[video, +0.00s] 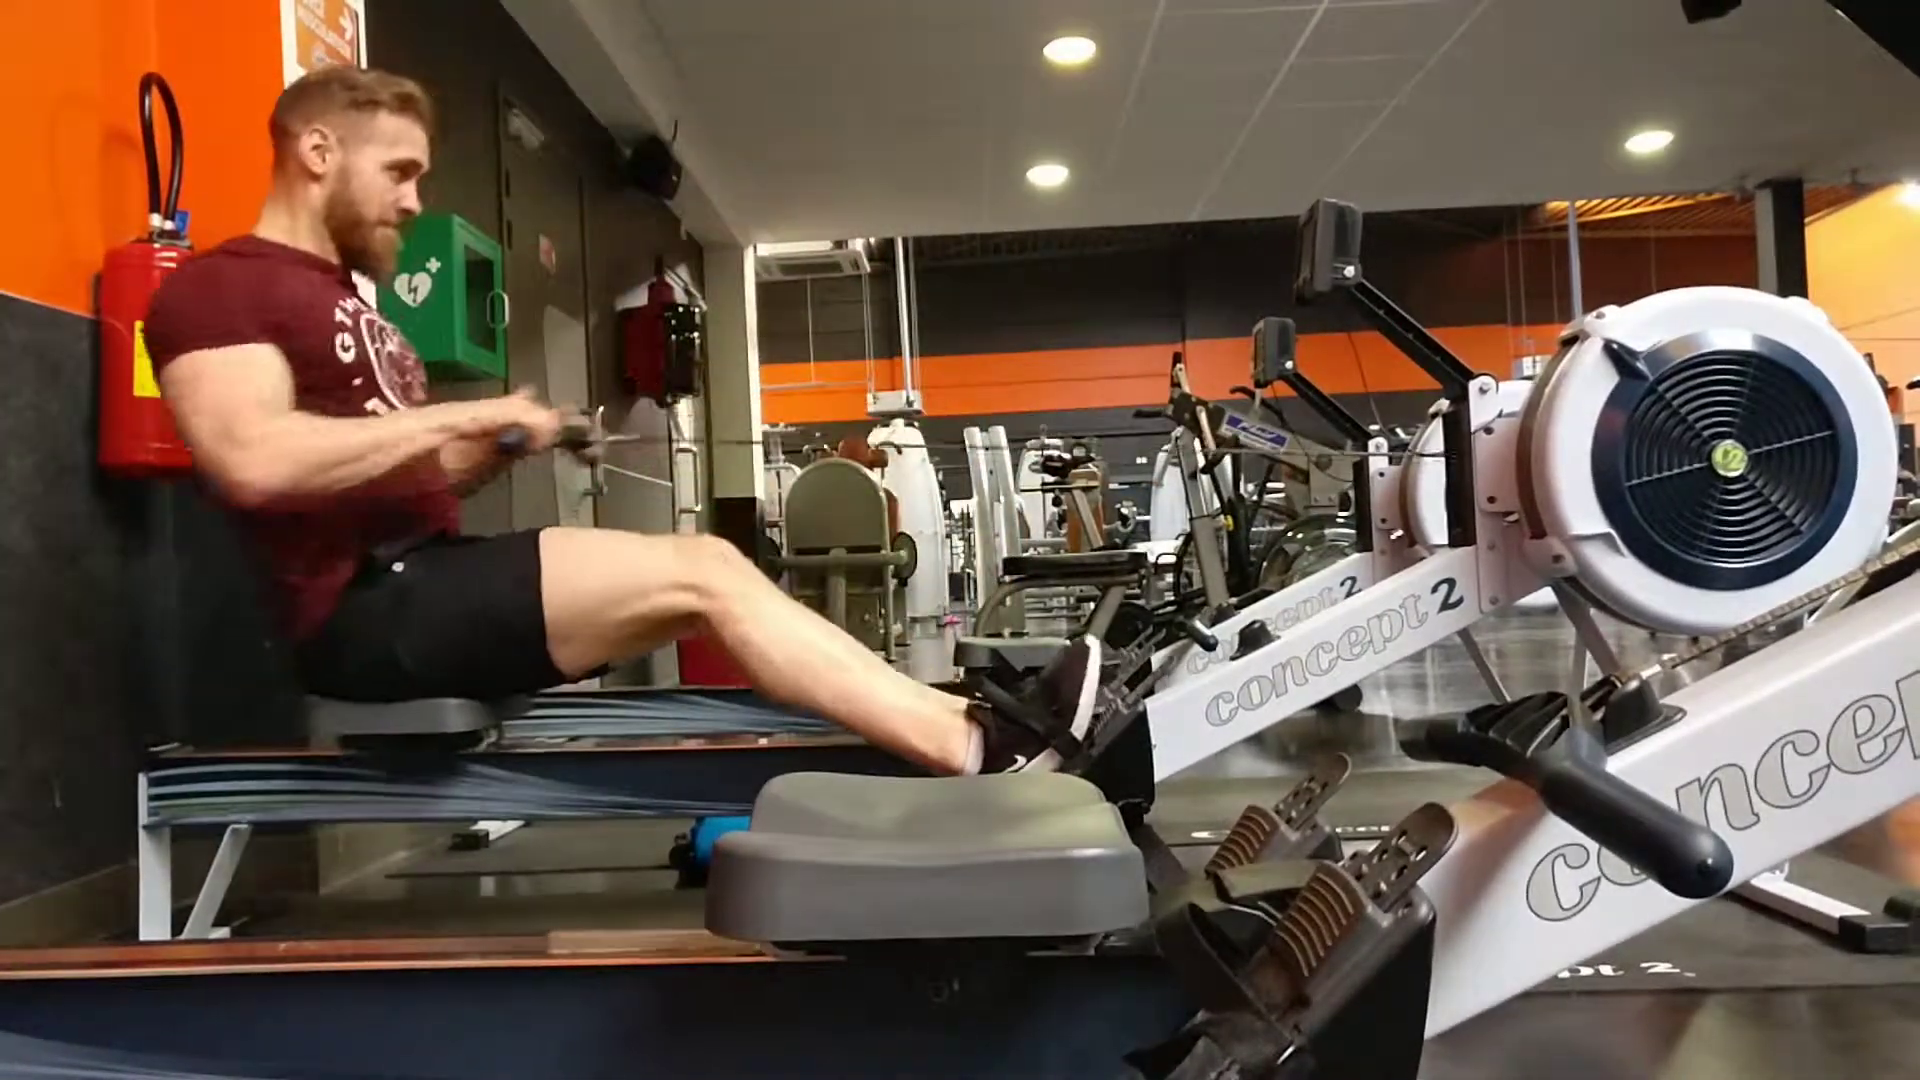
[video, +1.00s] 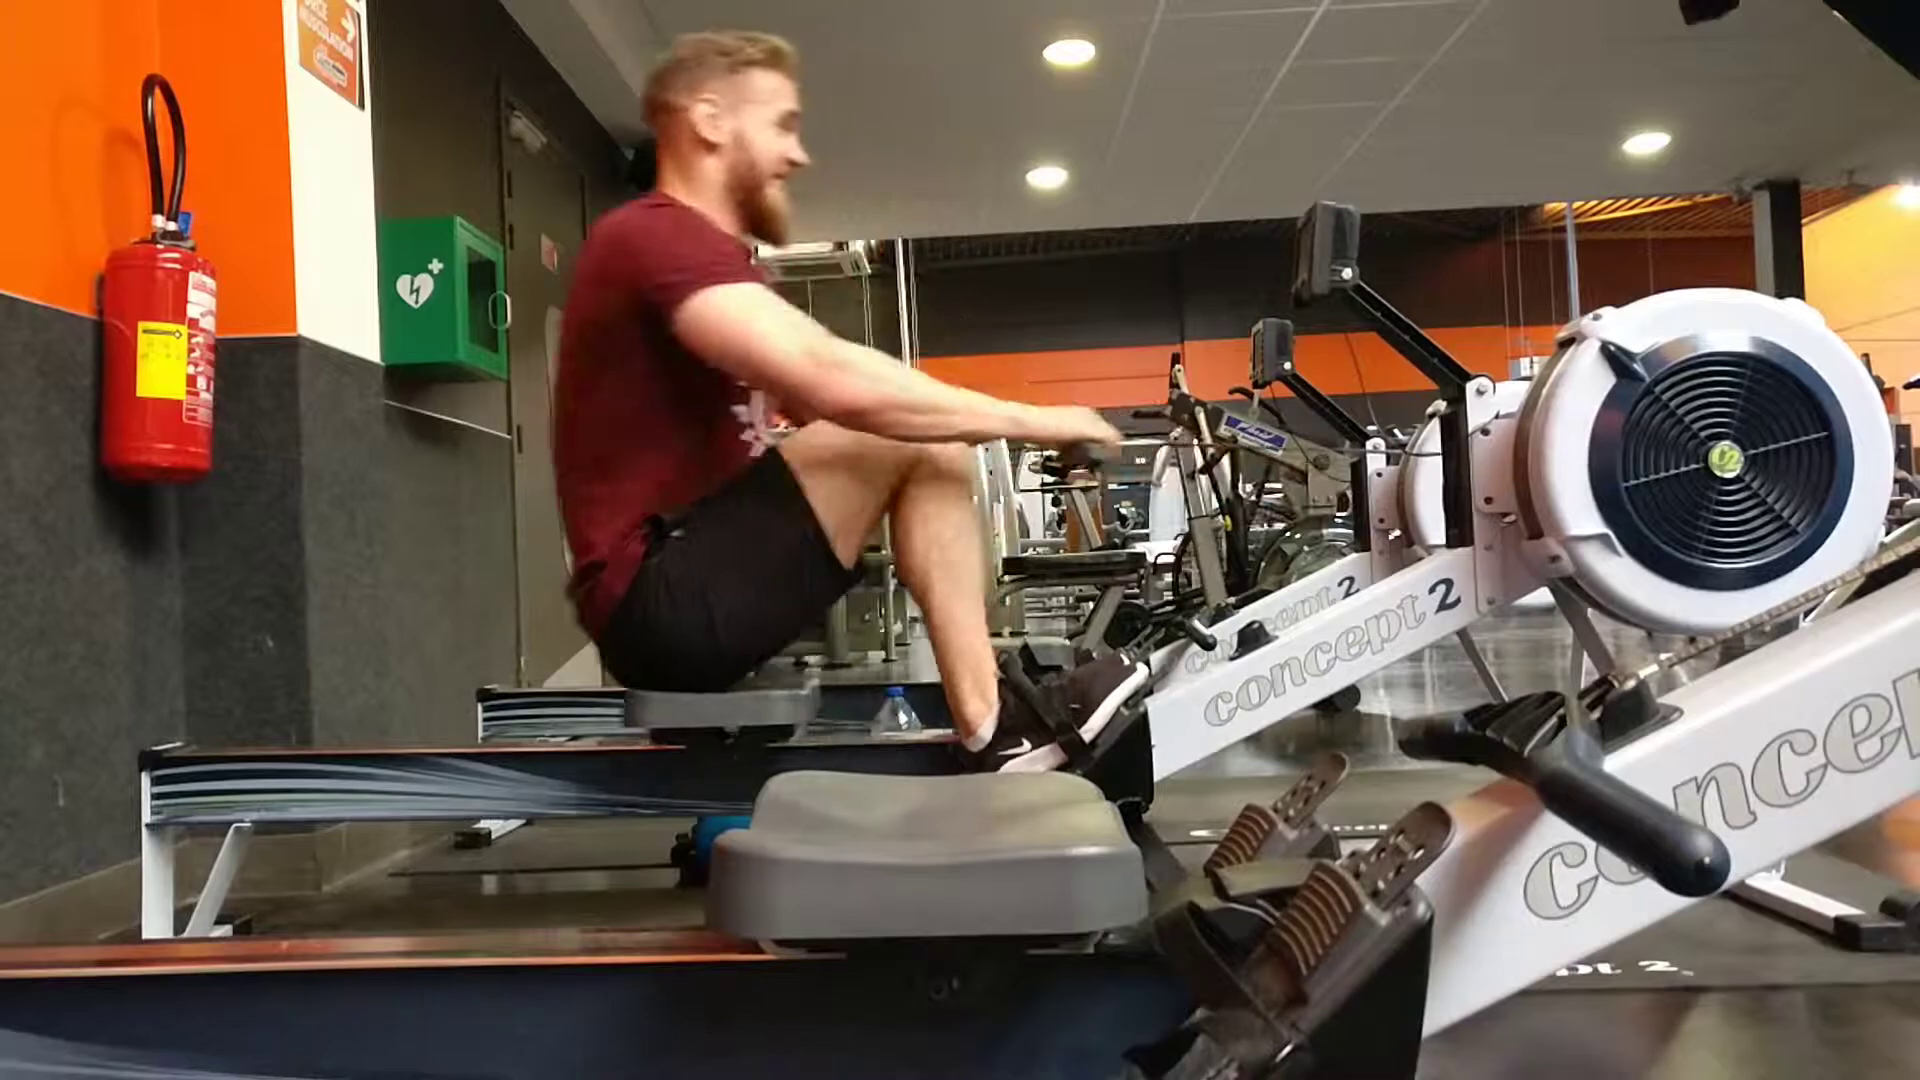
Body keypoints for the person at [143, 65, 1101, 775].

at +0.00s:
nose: (415, 203)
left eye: (419, 181)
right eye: (398, 173)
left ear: (320, 159)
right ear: (311, 154)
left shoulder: (360, 306)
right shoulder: (225, 283)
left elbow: (425, 485)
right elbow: (255, 461)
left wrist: (488, 439)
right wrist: (453, 425)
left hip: (426, 584)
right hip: (360, 607)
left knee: (713, 565)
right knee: (708, 566)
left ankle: (974, 729)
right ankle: (970, 752)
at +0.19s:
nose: (510, 213)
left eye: (516, 189)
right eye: (497, 182)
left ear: (427, 166)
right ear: (415, 161)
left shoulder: (417, 302)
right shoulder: (298, 278)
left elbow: (406, 471)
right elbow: (242, 457)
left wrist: (506, 460)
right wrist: (457, 434)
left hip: (441, 593)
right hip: (381, 614)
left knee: (730, 543)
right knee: (723, 547)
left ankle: (957, 734)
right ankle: (960, 750)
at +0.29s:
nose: (589, 203)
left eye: (595, 179)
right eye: (577, 172)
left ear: (500, 159)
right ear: (493, 149)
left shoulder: (497, 308)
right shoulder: (392, 277)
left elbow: (547, 466)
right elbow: (465, 444)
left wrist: (668, 432)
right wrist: (678, 408)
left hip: (508, 596)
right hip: (445, 610)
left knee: (767, 506)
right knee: (764, 505)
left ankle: (969, 728)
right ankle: (966, 743)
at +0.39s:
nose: (685, 196)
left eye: (690, 173)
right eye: (674, 167)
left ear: (601, 150)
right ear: (596, 146)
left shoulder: (608, 302)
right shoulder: (501, 272)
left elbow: (689, 423)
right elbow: (665, 412)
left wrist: (855, 430)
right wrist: (864, 407)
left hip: (574, 596)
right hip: (519, 611)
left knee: (838, 469)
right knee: (826, 475)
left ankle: (976, 720)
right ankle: (976, 741)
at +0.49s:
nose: (791, 196)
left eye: (795, 172)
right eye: (781, 165)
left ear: (710, 152)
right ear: (706, 145)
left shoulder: (659, 280)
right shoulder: (625, 269)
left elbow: (830, 389)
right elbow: (834, 404)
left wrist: (1002, 425)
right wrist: (1006, 426)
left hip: (637, 608)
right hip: (611, 616)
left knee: (884, 447)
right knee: (884, 452)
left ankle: (969, 717)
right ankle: (974, 730)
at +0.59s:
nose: (889, 194)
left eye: (892, 170)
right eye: (880, 164)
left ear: (811, 151)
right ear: (808, 146)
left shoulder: (762, 270)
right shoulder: (736, 264)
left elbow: (940, 397)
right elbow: (950, 402)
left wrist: (1118, 455)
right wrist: (1136, 452)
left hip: (702, 606)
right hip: (685, 614)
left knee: (933, 431)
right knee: (931, 433)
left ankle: (977, 715)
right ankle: (976, 727)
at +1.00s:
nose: (799, 155)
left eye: (795, 129)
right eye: (784, 125)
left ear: (711, 125)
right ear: (709, 121)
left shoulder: (687, 245)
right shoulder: (655, 235)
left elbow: (838, 379)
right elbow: (837, 387)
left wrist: (1017, 421)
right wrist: (1027, 420)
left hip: (670, 595)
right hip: (657, 605)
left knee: (921, 437)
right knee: (924, 442)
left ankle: (991, 707)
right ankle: (988, 729)